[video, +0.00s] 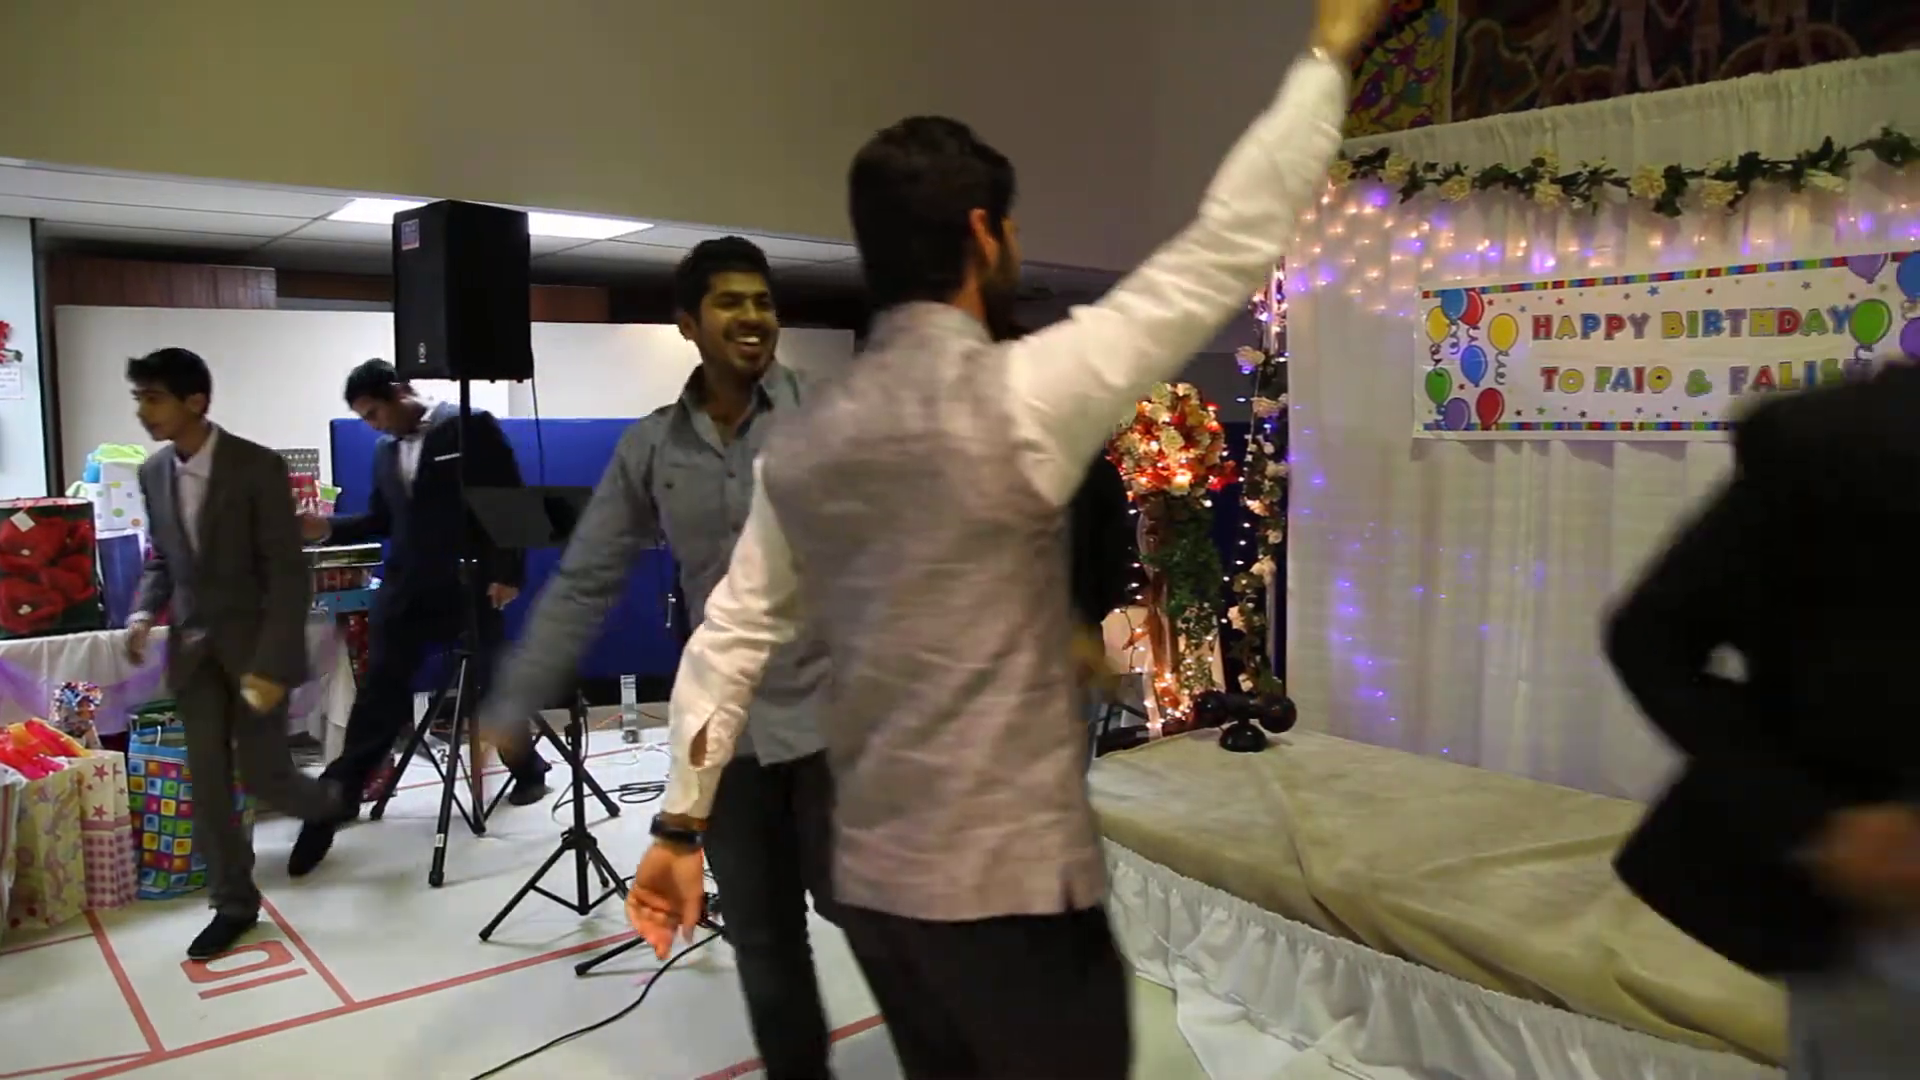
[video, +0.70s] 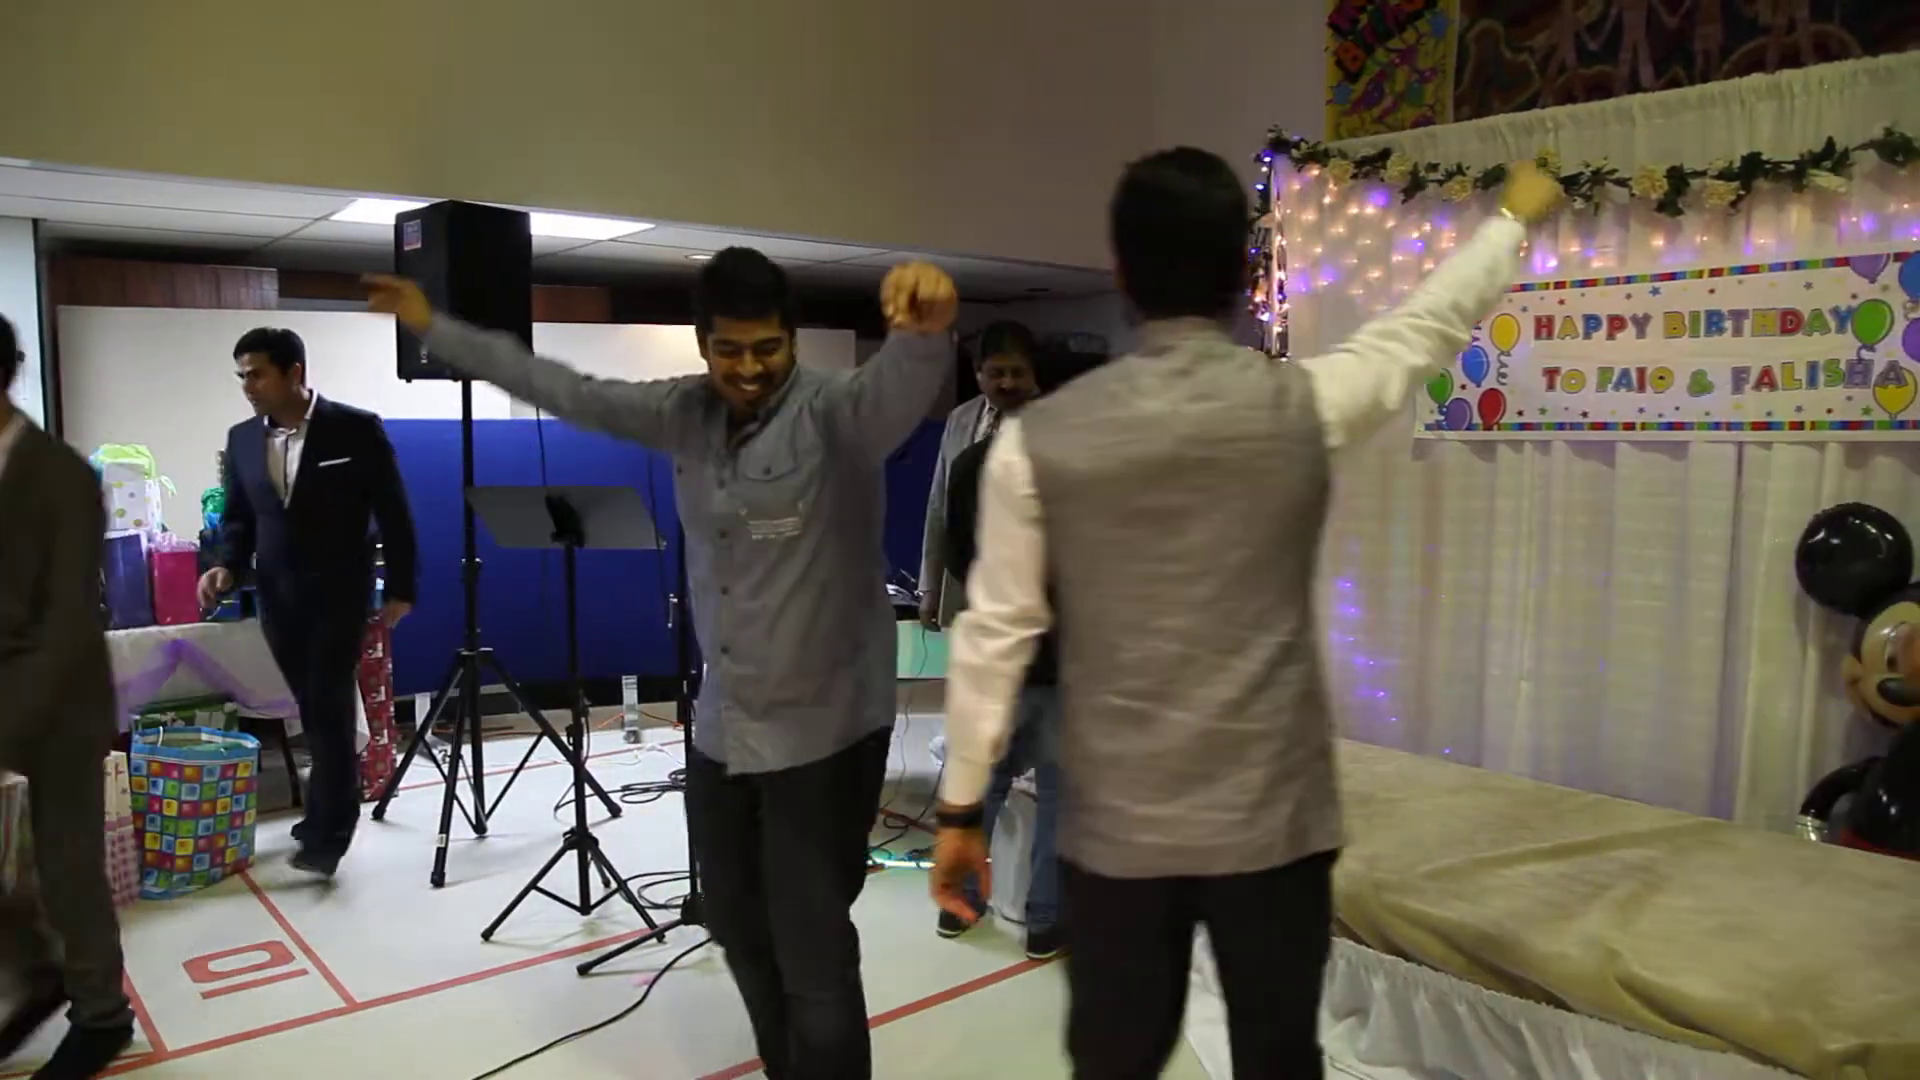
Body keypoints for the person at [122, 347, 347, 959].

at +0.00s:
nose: (141, 411)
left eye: (152, 399)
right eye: (138, 400)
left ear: (194, 400)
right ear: (155, 404)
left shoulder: (258, 466)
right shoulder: (154, 474)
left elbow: (290, 572)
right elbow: (162, 561)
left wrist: (274, 665)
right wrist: (145, 613)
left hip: (253, 646)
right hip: (193, 649)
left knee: (264, 775)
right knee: (209, 782)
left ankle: (328, 807)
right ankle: (236, 904)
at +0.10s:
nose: (118, 399)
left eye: (129, 387)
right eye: (116, 387)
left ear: (174, 389)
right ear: (139, 394)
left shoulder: (241, 458)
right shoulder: (129, 466)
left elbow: (281, 565)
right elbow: (137, 553)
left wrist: (284, 662)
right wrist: (116, 603)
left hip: (231, 644)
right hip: (168, 647)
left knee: (215, 773)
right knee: (196, 783)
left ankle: (283, 836)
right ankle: (234, 903)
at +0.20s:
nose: (95, 393)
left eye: (107, 381)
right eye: (94, 381)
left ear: (153, 386)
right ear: (122, 388)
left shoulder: (221, 459)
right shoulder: (105, 462)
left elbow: (276, 565)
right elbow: (108, 553)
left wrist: (282, 664)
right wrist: (90, 603)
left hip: (213, 640)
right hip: (147, 645)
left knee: (183, 771)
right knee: (181, 777)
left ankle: (229, 911)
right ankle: (230, 897)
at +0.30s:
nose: (70, 401)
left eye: (82, 388)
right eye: (67, 388)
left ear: (130, 393)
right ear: (96, 396)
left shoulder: (200, 473)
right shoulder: (81, 471)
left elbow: (258, 578)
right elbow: (81, 566)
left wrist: (270, 684)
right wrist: (63, 623)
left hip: (188, 666)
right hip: (126, 669)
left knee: (167, 811)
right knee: (179, 799)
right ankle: (238, 899)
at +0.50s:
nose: (10, 405)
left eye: (23, 392)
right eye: (10, 391)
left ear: (74, 398)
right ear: (46, 401)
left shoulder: (142, 491)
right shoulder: (25, 482)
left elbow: (175, 614)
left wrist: (175, 731)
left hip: (119, 690)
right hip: (52, 694)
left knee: (80, 847)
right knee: (96, 831)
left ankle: (100, 1017)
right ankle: (199, 884)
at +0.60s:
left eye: (3, 388)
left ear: (38, 389)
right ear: (25, 391)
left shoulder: (105, 486)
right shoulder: (4, 475)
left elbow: (127, 623)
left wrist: (97, 745)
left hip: (70, 712)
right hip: (9, 710)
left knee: (66, 870)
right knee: (23, 858)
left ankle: (100, 1017)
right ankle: (139, 891)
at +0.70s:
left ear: (8, 376)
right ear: (11, 377)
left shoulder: (59, 475)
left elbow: (66, 624)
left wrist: (21, 727)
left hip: (63, 713)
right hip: (33, 710)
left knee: (69, 870)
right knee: (20, 872)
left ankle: (103, 1013)